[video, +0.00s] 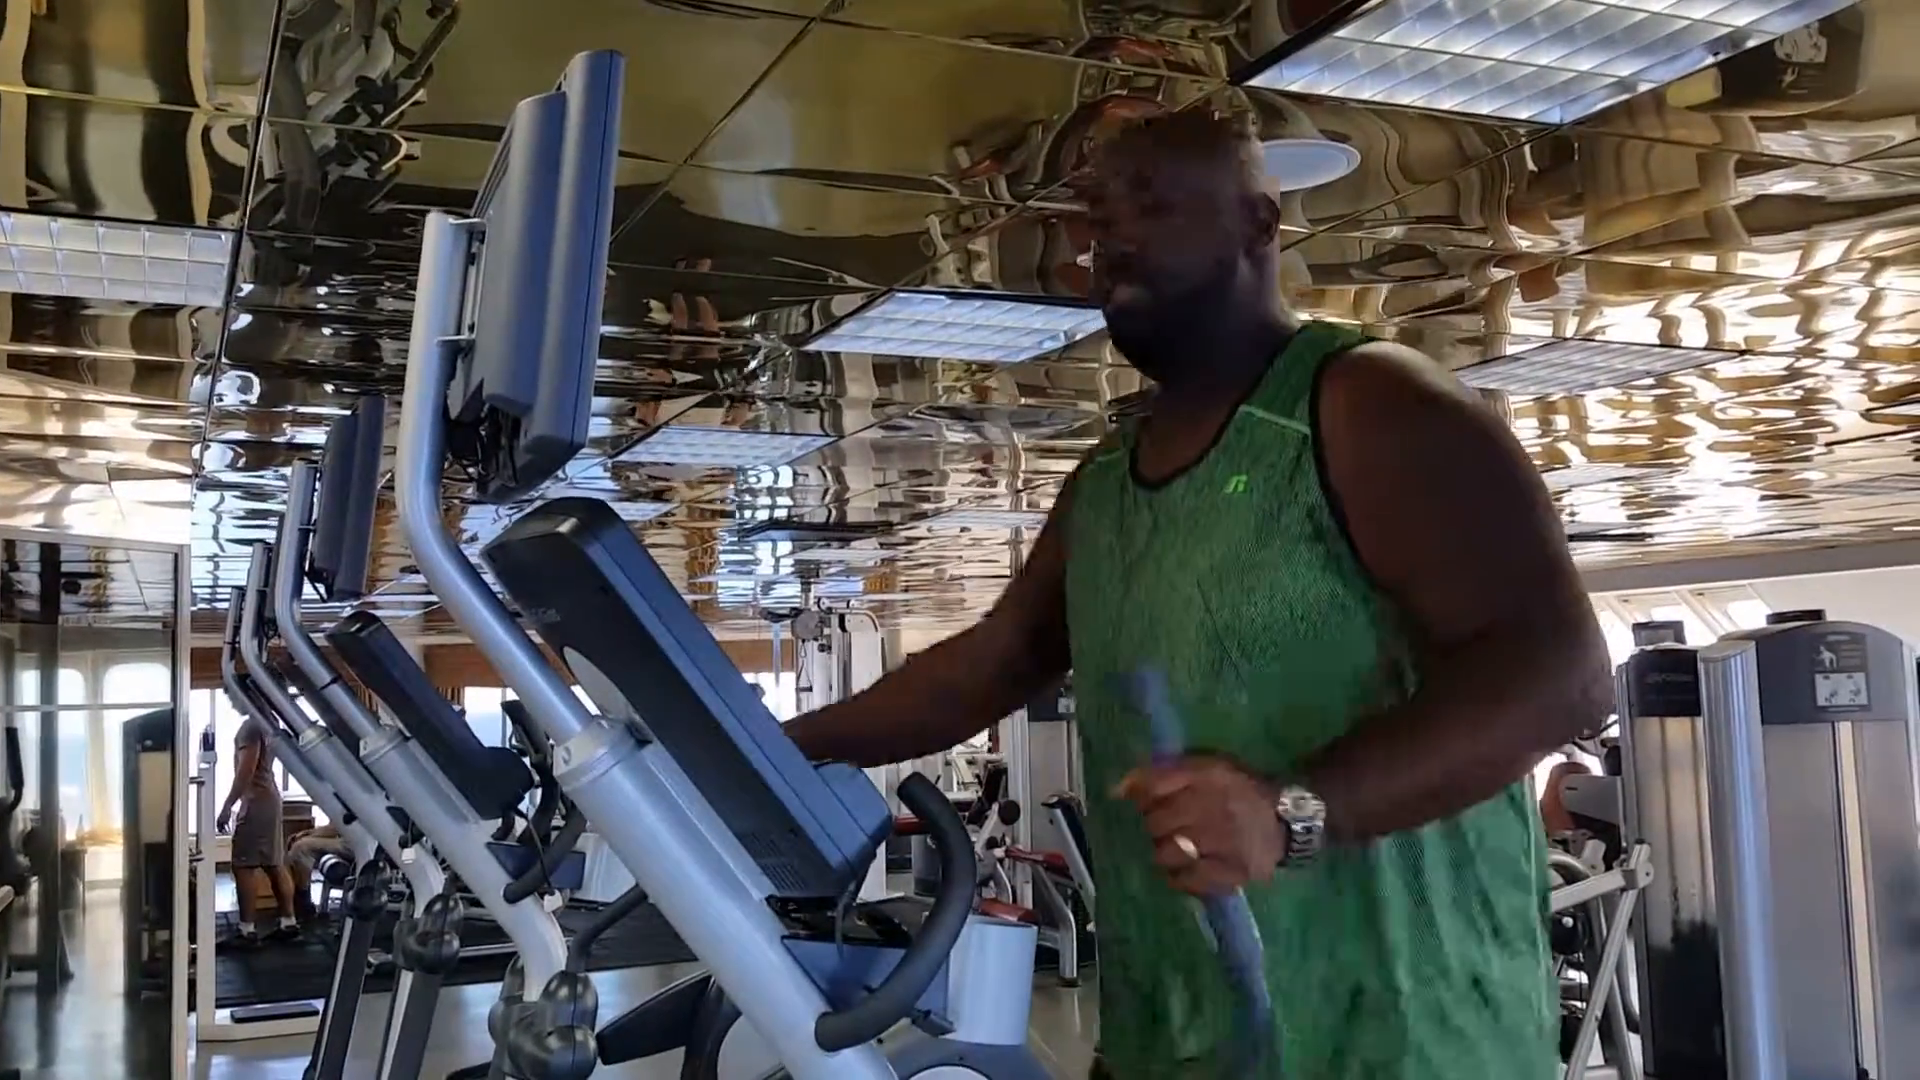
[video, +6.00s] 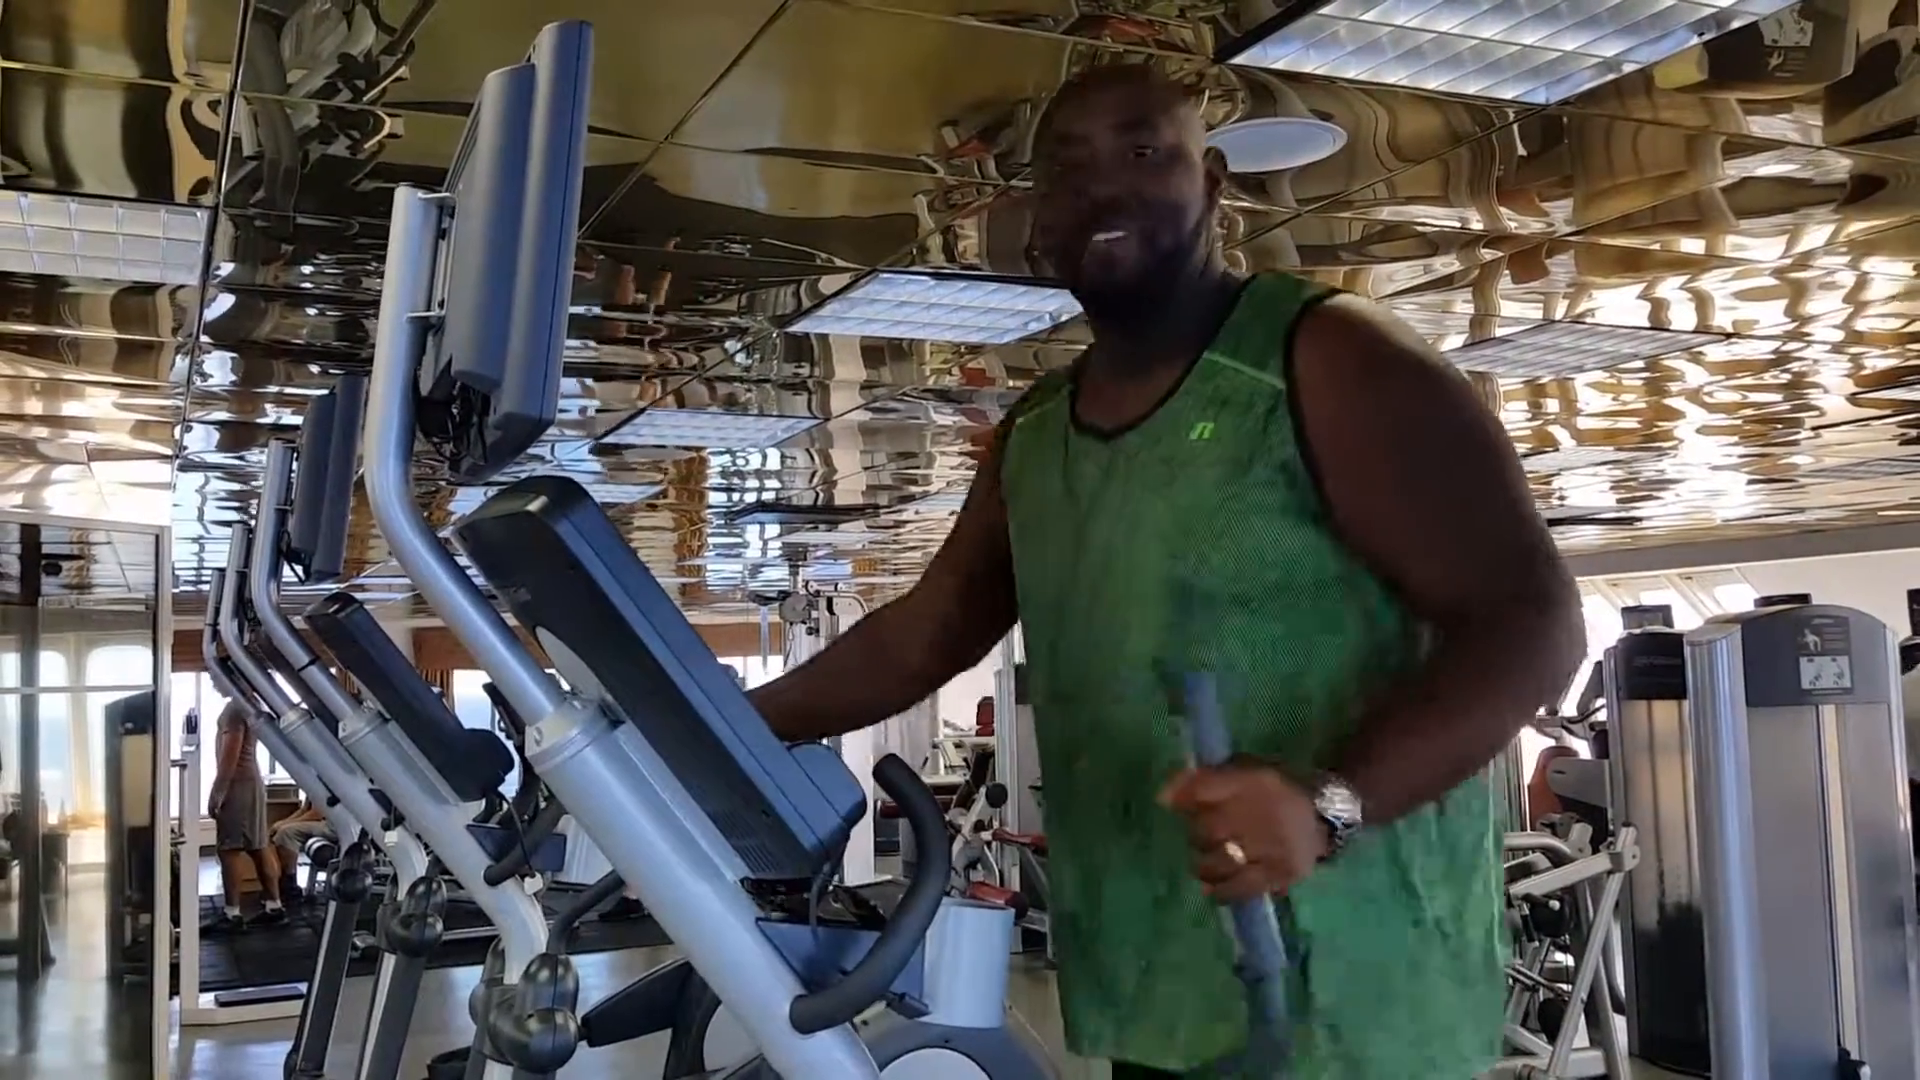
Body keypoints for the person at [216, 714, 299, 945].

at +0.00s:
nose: (228, 699)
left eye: (231, 691)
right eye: (227, 692)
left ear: (245, 694)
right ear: (253, 694)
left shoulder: (251, 726)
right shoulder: (266, 724)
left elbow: (245, 773)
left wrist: (226, 808)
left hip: (255, 801)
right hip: (271, 800)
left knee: (243, 865)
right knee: (274, 864)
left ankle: (247, 927)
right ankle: (289, 922)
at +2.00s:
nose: (214, 683)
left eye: (216, 677)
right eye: (213, 678)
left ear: (229, 676)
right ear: (236, 676)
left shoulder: (234, 709)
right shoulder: (254, 705)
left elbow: (228, 758)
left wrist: (211, 793)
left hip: (238, 783)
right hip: (256, 781)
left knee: (226, 847)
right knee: (260, 844)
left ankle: (232, 909)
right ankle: (275, 903)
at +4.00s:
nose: (208, 686)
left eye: (210, 680)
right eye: (207, 681)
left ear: (223, 679)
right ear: (229, 681)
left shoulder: (228, 712)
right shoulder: (244, 708)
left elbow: (223, 761)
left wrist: (207, 795)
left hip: (230, 787)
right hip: (247, 784)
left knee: (222, 851)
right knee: (254, 847)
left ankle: (228, 912)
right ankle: (270, 907)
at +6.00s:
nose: (211, 680)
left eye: (214, 671)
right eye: (210, 672)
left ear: (229, 675)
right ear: (236, 676)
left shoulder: (235, 708)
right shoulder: (250, 706)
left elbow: (231, 755)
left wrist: (218, 790)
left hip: (237, 783)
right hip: (253, 782)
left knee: (229, 849)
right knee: (259, 845)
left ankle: (232, 912)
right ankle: (274, 906)